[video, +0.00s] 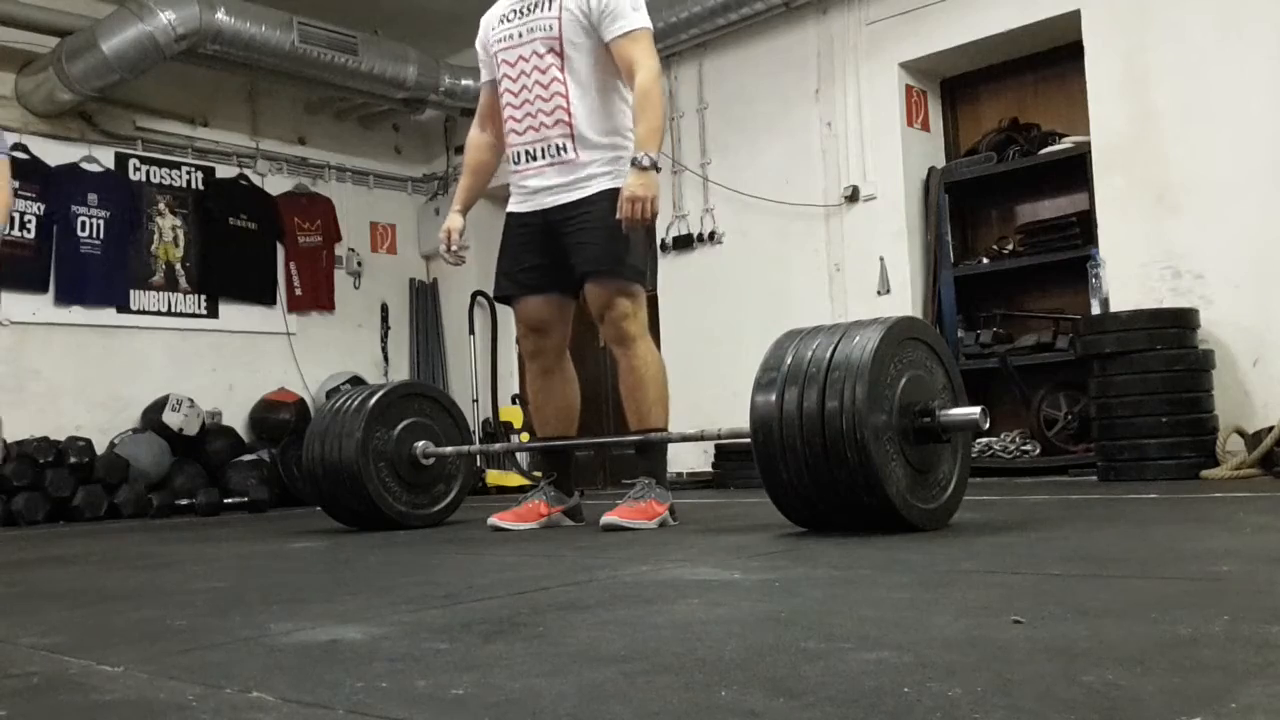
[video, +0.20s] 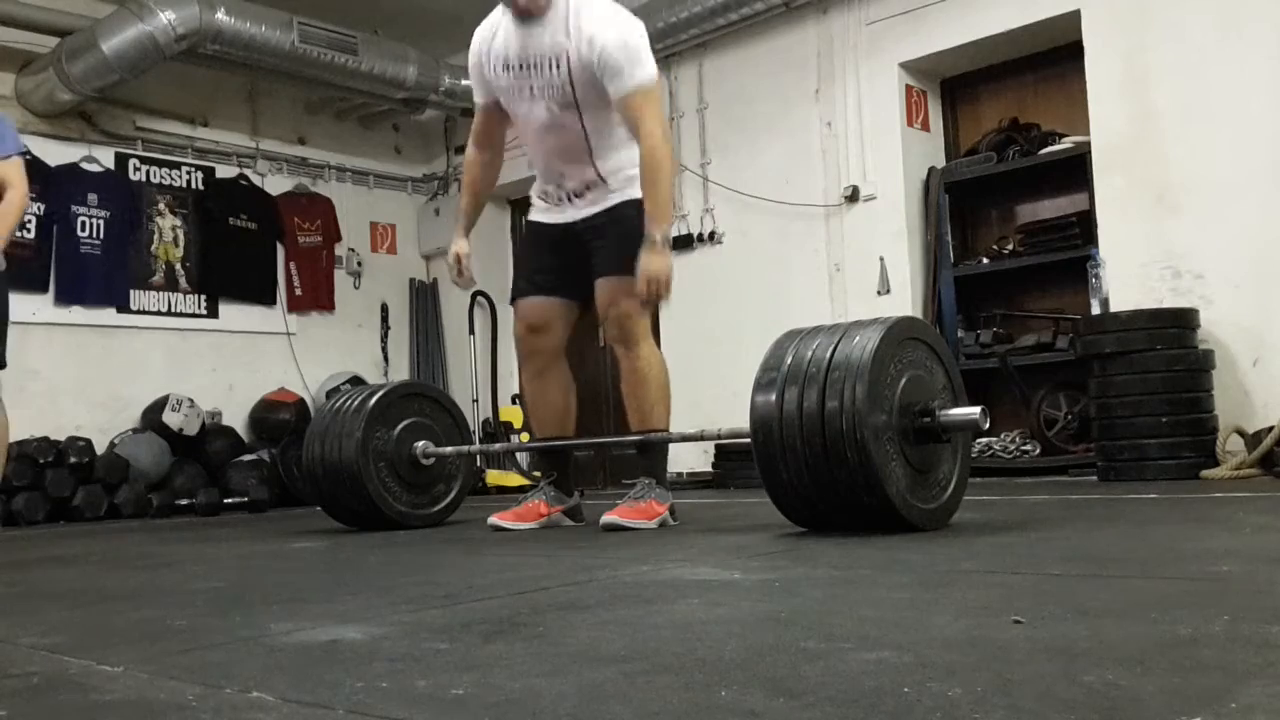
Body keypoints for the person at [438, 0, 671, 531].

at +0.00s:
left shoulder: (598, 0)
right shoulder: (492, 23)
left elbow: (645, 71)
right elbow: (487, 128)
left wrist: (644, 165)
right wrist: (458, 208)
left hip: (602, 184)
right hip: (529, 199)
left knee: (621, 321)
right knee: (537, 336)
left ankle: (652, 485)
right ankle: (557, 490)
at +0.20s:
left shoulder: (607, 28)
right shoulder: (489, 40)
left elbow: (652, 133)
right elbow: (484, 145)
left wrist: (658, 240)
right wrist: (462, 231)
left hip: (619, 195)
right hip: (550, 205)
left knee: (624, 320)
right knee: (535, 330)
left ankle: (652, 486)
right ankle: (555, 490)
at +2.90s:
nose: (443, 85)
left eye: (453, 66)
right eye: (434, 74)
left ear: (496, 58)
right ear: (433, 82)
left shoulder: (576, 122)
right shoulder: (480, 167)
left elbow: (637, 219)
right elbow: (498, 263)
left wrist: (659, 320)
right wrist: (486, 354)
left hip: (660, 223)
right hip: (588, 245)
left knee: (631, 312)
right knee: (532, 334)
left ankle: (653, 490)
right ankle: (554, 493)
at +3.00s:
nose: (444, 59)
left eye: (454, 40)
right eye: (435, 47)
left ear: (496, 33)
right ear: (432, 54)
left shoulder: (574, 98)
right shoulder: (479, 145)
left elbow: (637, 198)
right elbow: (496, 244)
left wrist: (661, 294)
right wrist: (485, 334)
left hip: (654, 212)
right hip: (582, 236)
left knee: (634, 309)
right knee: (535, 328)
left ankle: (652, 489)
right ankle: (553, 491)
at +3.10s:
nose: (447, 30)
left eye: (456, 10)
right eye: (438, 18)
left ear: (500, 8)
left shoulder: (575, 74)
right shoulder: (480, 122)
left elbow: (636, 172)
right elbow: (496, 223)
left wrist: (661, 268)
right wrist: (486, 313)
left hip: (649, 204)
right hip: (580, 223)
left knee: (638, 315)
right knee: (539, 334)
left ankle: (652, 489)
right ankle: (554, 492)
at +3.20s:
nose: (459, 1)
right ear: (477, 10)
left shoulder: (579, 49)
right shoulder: (484, 98)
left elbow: (636, 147)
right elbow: (498, 203)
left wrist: (661, 244)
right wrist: (487, 291)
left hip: (637, 202)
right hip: (570, 216)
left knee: (633, 318)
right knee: (536, 336)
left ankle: (652, 489)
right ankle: (555, 492)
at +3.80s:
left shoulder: (644, 10)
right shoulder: (549, 41)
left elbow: (656, 93)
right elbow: (524, 139)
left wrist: (661, 170)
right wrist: (486, 223)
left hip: (615, 185)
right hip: (543, 199)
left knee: (631, 322)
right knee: (547, 335)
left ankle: (652, 487)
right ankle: (558, 492)